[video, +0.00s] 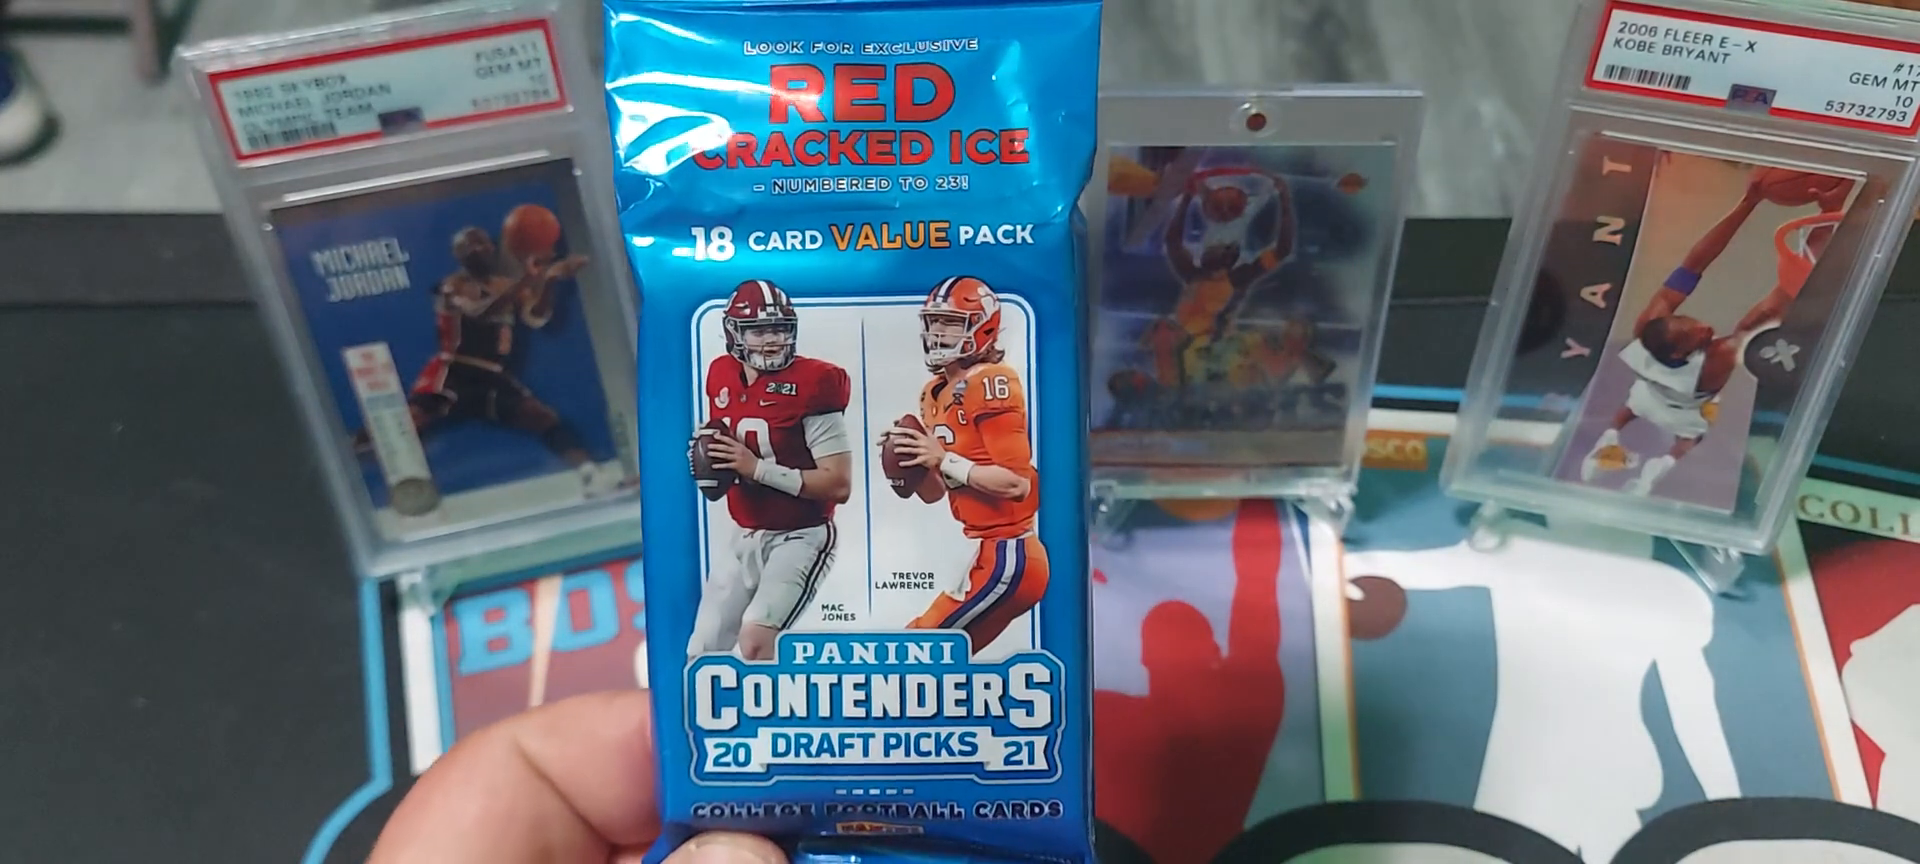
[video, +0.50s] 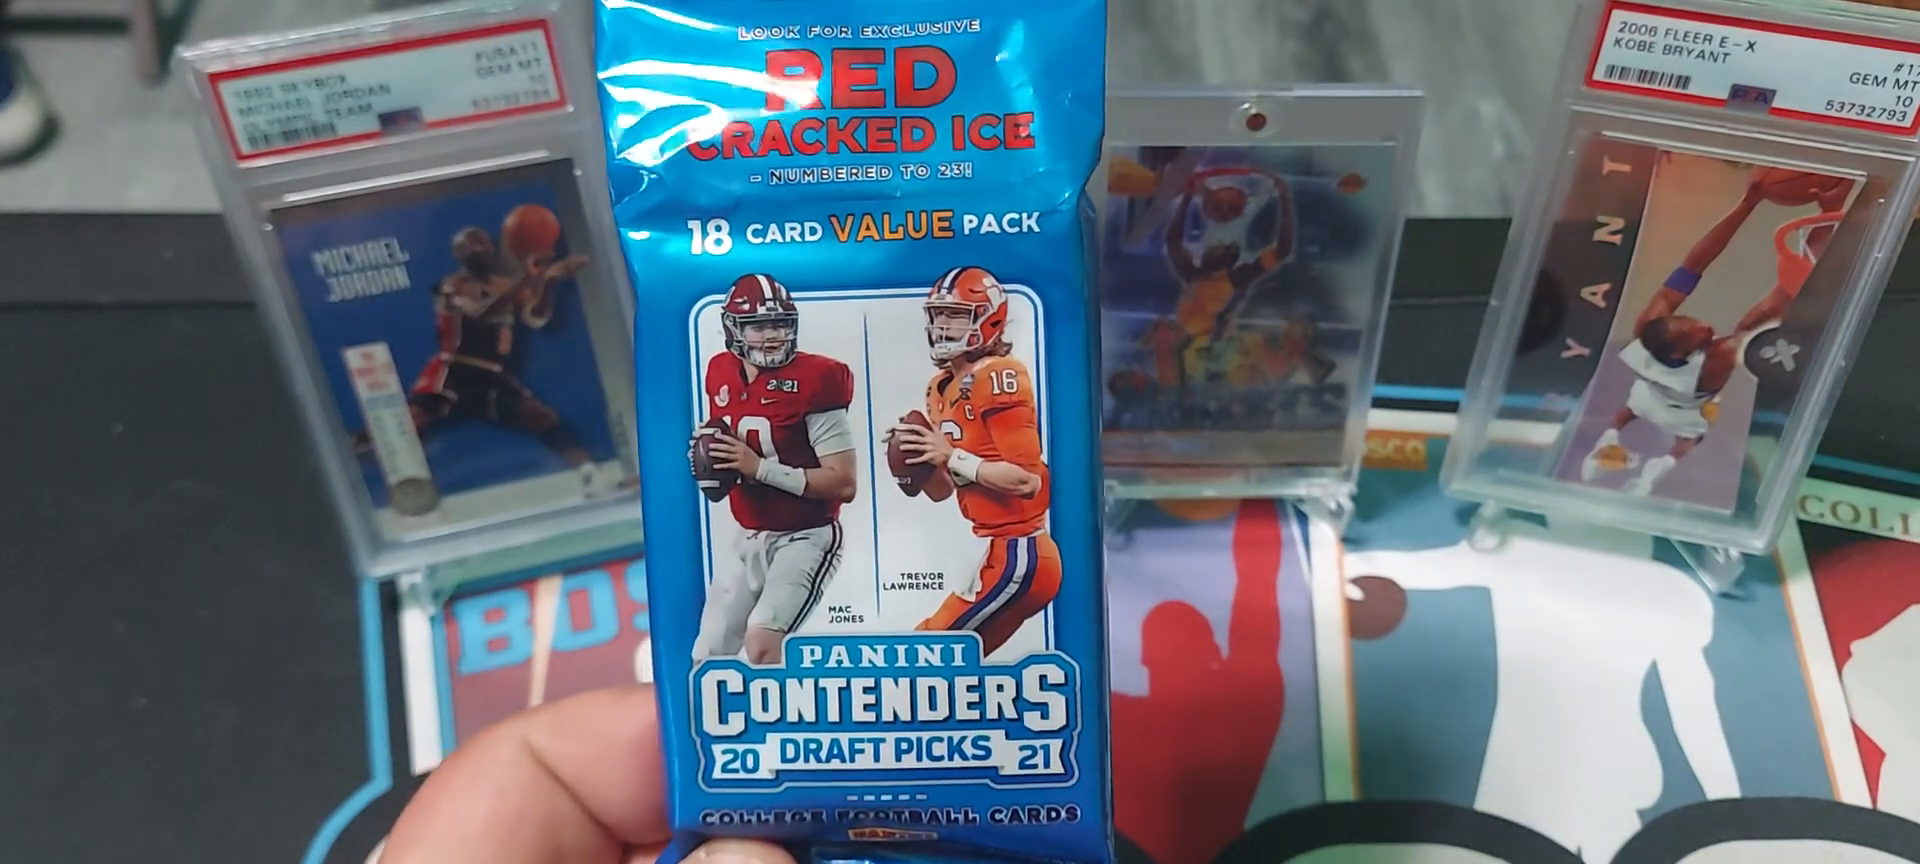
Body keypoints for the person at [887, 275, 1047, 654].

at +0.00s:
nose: (937, 335)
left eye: (950, 325)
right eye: (933, 324)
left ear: (981, 329)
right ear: (925, 326)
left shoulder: (991, 381)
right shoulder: (933, 392)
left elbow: (1016, 483)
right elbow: (931, 492)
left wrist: (942, 458)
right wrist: (904, 464)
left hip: (1008, 556)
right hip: (990, 554)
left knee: (911, 655)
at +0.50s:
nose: (943, 328)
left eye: (956, 317)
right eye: (938, 316)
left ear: (988, 321)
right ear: (929, 319)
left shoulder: (998, 375)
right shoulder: (940, 386)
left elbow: (1025, 480)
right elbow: (940, 490)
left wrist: (950, 455)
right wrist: (912, 457)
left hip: (1020, 555)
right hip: (1003, 553)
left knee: (922, 656)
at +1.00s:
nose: (967, 346)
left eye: (981, 335)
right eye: (962, 334)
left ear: (1015, 339)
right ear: (953, 337)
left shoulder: (1027, 396)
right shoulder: (964, 409)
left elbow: (1054, 505)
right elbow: (966, 515)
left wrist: (976, 479)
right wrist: (937, 485)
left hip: (1050, 585)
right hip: (1030, 582)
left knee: (947, 689)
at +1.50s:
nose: (965, 336)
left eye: (979, 325)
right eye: (961, 324)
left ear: (1013, 329)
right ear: (951, 326)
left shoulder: (1025, 385)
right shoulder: (962, 399)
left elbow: (1053, 495)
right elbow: (964, 506)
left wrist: (974, 470)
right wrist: (935, 474)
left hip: (1047, 575)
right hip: (1030, 572)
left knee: (944, 682)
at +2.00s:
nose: (974, 344)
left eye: (987, 333)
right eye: (969, 332)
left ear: (1020, 337)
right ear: (959, 335)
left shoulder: (1032, 394)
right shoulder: (970, 407)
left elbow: (1061, 502)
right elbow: (971, 514)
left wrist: (982, 478)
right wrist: (943, 479)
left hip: (1055, 582)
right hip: (1036, 579)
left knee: (955, 688)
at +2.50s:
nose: (988, 359)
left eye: (1002, 348)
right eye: (983, 347)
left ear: (1034, 353)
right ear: (974, 350)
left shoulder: (1046, 410)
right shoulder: (985, 422)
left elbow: (1074, 517)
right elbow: (984, 528)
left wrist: (996, 492)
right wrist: (957, 491)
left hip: (1067, 597)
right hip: (1050, 594)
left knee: (964, 702)